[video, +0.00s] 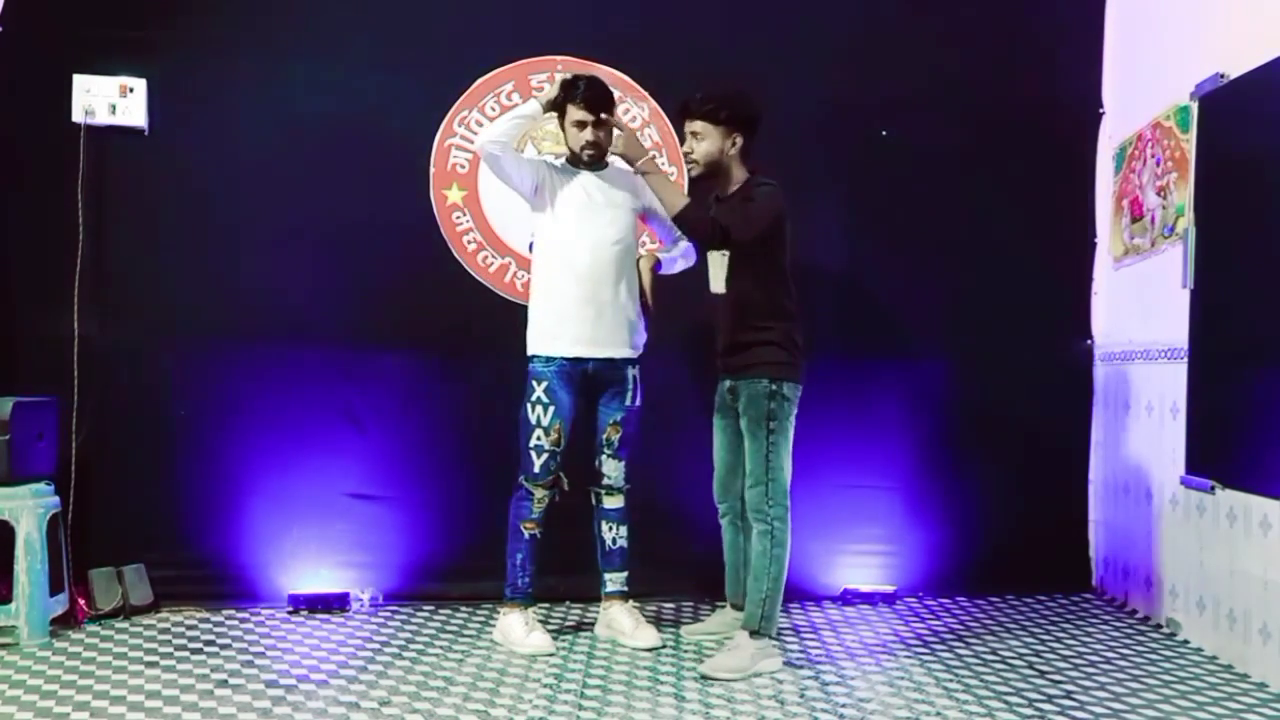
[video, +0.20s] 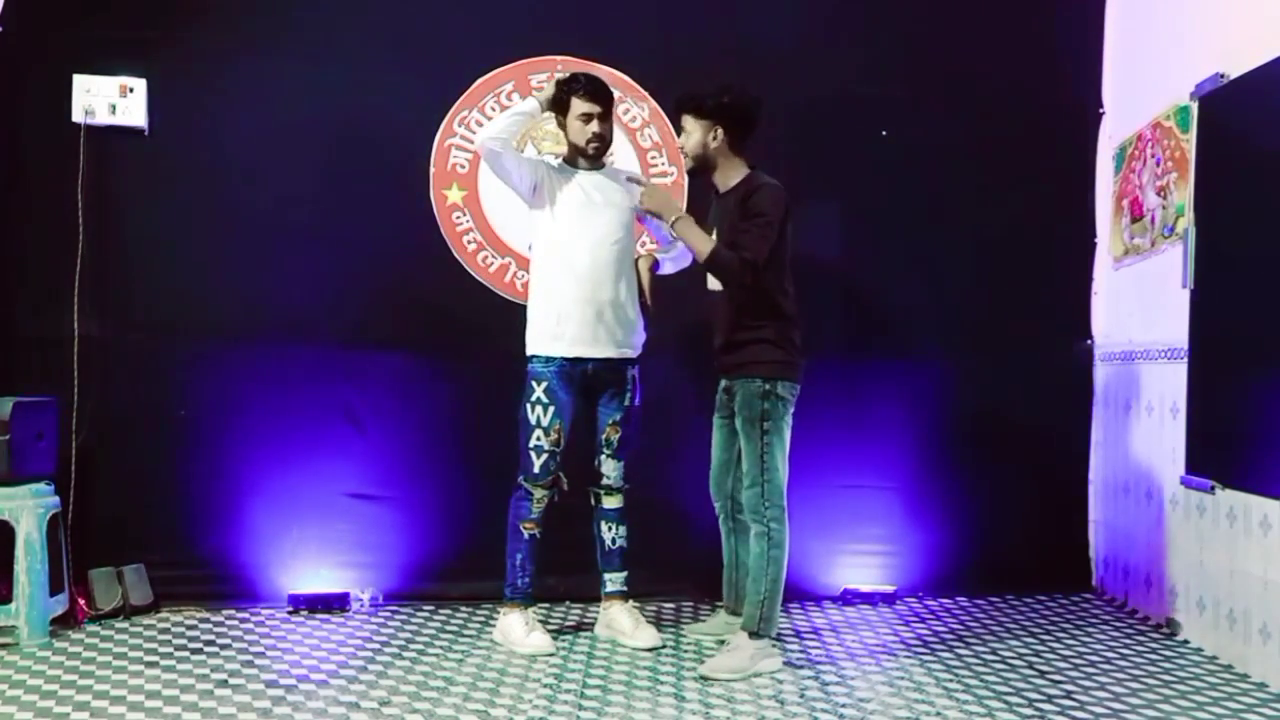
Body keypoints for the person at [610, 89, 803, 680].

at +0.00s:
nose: (688, 148)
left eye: (698, 137)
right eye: (685, 137)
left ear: (734, 140)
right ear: (694, 144)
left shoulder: (764, 196)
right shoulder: (712, 199)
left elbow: (709, 230)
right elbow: (660, 208)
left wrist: (647, 167)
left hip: (769, 371)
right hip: (732, 371)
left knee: (767, 502)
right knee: (731, 499)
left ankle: (762, 637)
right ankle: (739, 612)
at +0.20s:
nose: (680, 140)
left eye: (688, 130)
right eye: (681, 130)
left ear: (718, 135)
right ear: (714, 136)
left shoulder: (764, 194)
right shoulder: (717, 197)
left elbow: (739, 271)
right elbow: (716, 271)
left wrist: (677, 217)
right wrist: (670, 230)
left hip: (766, 369)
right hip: (732, 368)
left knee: (762, 501)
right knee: (728, 497)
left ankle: (761, 637)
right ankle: (737, 616)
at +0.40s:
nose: (680, 137)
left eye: (686, 126)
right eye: (681, 127)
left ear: (715, 131)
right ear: (715, 132)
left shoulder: (763, 195)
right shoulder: (725, 199)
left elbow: (782, 283)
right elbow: (722, 279)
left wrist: (702, 291)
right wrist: (666, 289)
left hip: (757, 372)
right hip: (727, 371)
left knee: (758, 501)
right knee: (729, 500)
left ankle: (761, 638)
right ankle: (739, 614)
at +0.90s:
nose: (705, 137)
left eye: (717, 126)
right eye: (702, 127)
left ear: (749, 129)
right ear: (705, 132)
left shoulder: (762, 177)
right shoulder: (727, 192)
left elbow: (788, 212)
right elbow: (708, 268)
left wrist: (713, 238)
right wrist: (666, 260)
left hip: (731, 363)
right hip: (707, 363)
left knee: (730, 497)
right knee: (716, 496)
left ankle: (755, 636)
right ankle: (735, 613)